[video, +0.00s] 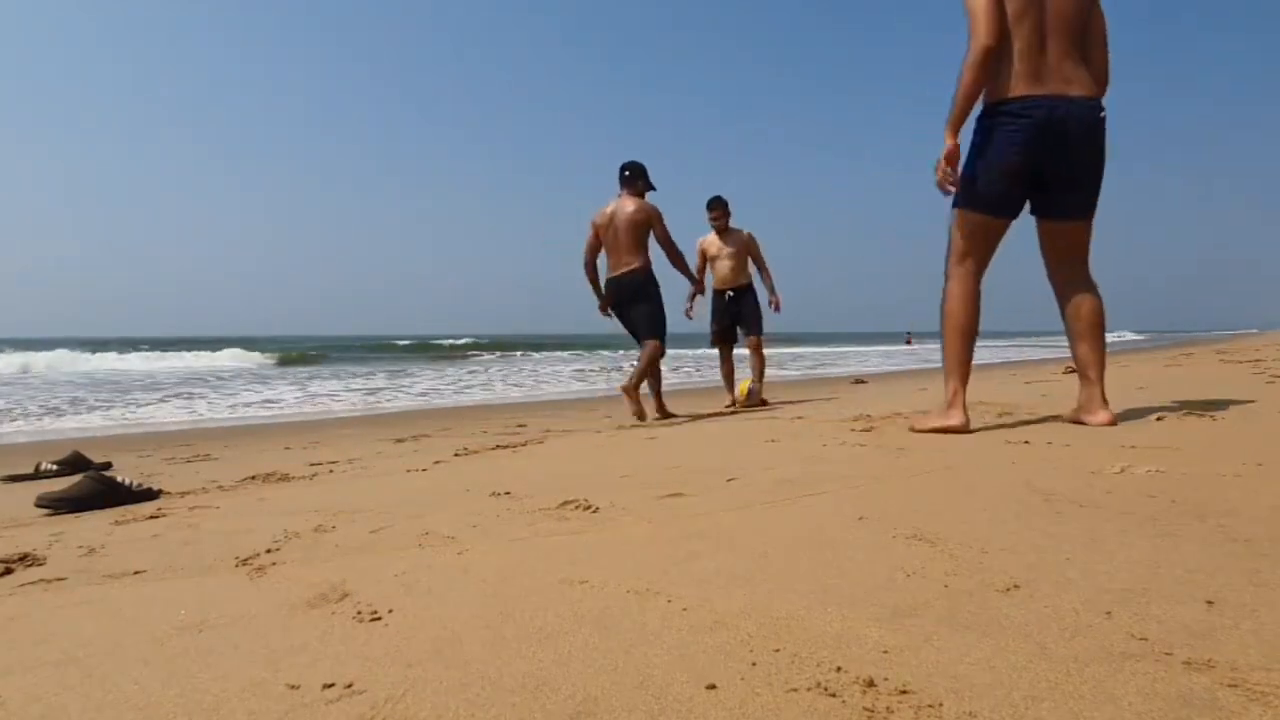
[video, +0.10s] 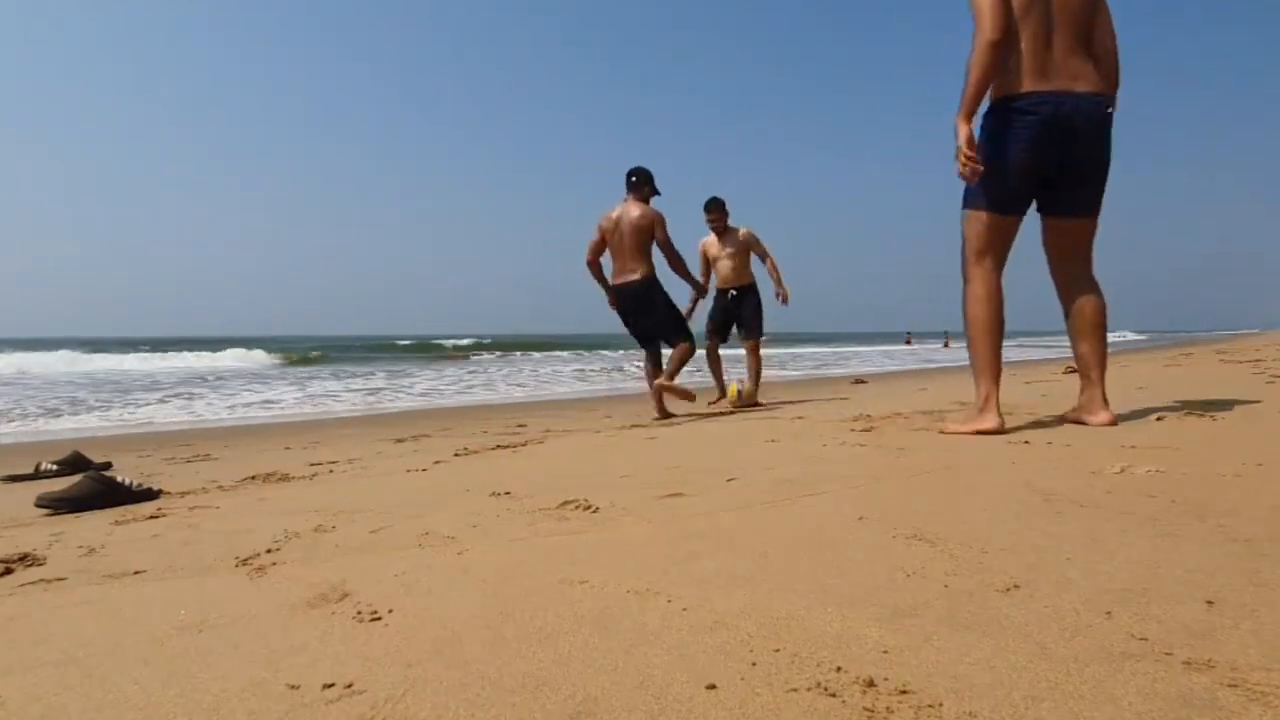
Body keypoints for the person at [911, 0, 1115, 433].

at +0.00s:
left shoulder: (988, 1)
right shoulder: (1084, 4)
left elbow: (985, 45)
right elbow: (1099, 72)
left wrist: (951, 131)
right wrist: (1067, 116)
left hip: (1010, 123)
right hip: (1080, 123)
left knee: (965, 263)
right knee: (1071, 265)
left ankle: (954, 405)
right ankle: (1094, 401)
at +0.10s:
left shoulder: (996, 1)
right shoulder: (1090, 2)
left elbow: (992, 37)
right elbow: (1106, 49)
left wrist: (964, 117)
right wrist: (1097, 114)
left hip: (1020, 114)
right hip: (1089, 113)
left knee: (983, 261)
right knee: (1074, 264)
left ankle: (986, 407)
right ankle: (1094, 401)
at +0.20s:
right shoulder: (1088, 3)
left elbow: (994, 32)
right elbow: (1108, 55)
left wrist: (974, 115)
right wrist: (1124, 151)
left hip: (1027, 114)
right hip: (1095, 116)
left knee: (991, 262)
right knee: (1074, 265)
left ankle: (986, 409)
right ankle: (1094, 400)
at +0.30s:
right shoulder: (1087, 4)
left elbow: (996, 32)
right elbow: (1110, 56)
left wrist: (978, 116)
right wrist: (1138, 145)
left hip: (1032, 112)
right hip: (1103, 113)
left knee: (992, 261)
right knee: (1079, 263)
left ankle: (986, 410)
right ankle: (1098, 397)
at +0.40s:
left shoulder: (983, 1)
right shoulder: (1089, 3)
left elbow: (996, 41)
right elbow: (1114, 48)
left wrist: (977, 128)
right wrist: (1142, 145)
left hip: (1041, 118)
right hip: (1113, 119)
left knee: (988, 262)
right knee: (1094, 263)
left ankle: (984, 410)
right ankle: (1122, 390)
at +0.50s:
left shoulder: (990, 6)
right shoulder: (1100, 6)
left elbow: (997, 62)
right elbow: (1132, 67)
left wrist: (973, 153)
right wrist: (1155, 158)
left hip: (1055, 134)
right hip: (1127, 133)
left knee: (982, 268)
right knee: (1112, 266)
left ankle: (984, 410)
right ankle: (1175, 384)